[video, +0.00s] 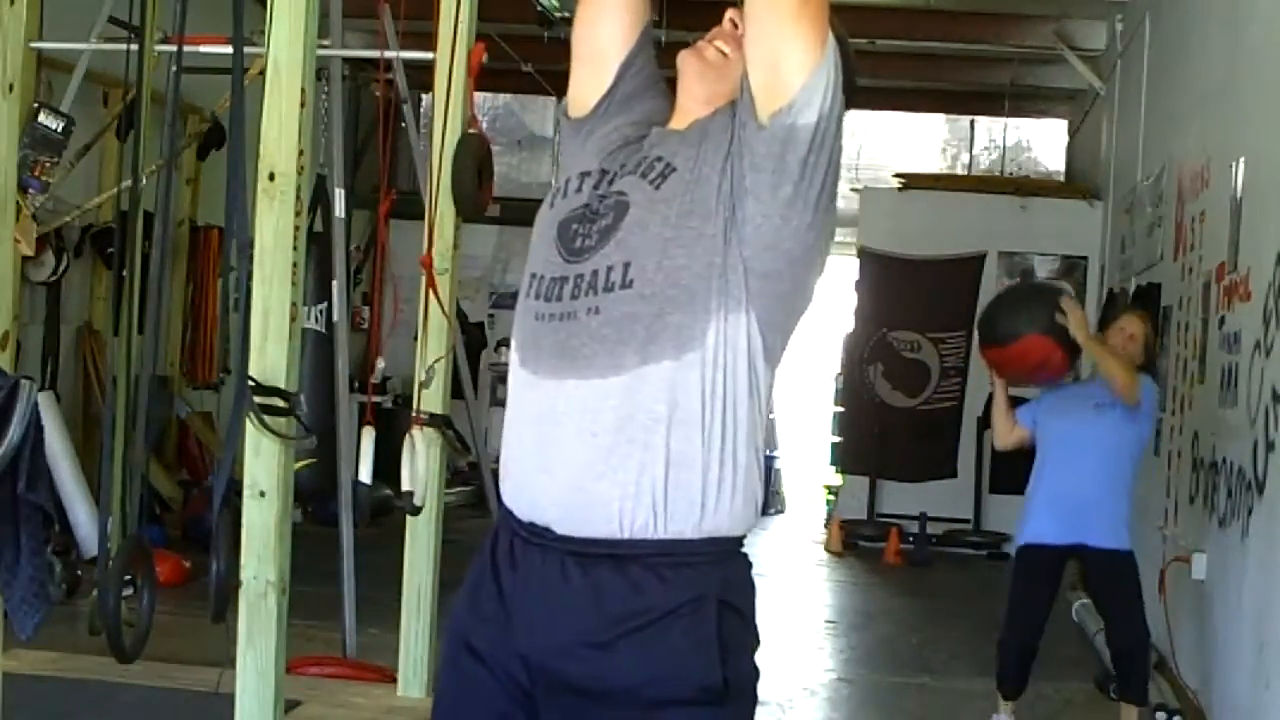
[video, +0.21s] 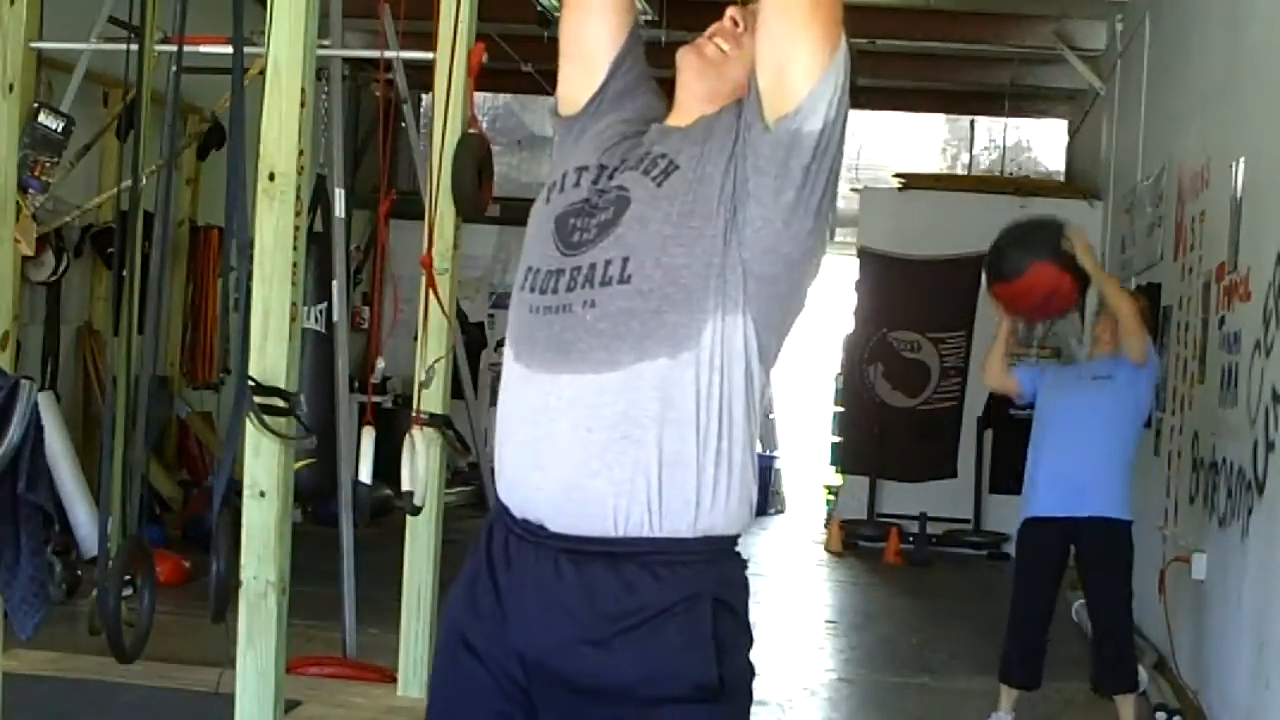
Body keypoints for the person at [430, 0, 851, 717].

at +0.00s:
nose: (728, 24)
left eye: (757, 28)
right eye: (728, 13)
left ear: (774, 77)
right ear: (699, 36)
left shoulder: (775, 161)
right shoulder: (606, 133)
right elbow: (605, 2)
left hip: (667, 601)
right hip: (510, 577)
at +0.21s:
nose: (728, 20)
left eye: (757, 26)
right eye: (730, 9)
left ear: (776, 74)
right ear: (699, 33)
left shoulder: (776, 156)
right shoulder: (601, 124)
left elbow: (806, 2)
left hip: (662, 597)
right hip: (505, 572)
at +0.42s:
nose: (747, 32)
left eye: (775, 35)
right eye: (748, 23)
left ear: (792, 80)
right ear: (719, 41)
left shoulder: (788, 161)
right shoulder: (608, 129)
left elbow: (814, 3)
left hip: (661, 602)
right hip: (504, 573)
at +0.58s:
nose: (770, 40)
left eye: (820, 51)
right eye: (799, 32)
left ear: (836, 112)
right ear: (753, 42)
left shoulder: (800, 178)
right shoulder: (615, 136)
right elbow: (510, 12)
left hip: (661, 609)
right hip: (507, 577)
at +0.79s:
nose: (795, 73)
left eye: (829, 88)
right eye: (806, 52)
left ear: (854, 156)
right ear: (785, 42)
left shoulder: (816, 215)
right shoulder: (611, 180)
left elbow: (729, 29)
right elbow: (454, 152)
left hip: (646, 624)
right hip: (496, 585)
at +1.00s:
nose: (762, 128)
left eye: (804, 132)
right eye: (773, 95)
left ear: (829, 178)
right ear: (752, 83)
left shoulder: (808, 258)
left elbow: (656, 210)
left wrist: (648, 107)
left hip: (630, 637)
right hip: (481, 597)